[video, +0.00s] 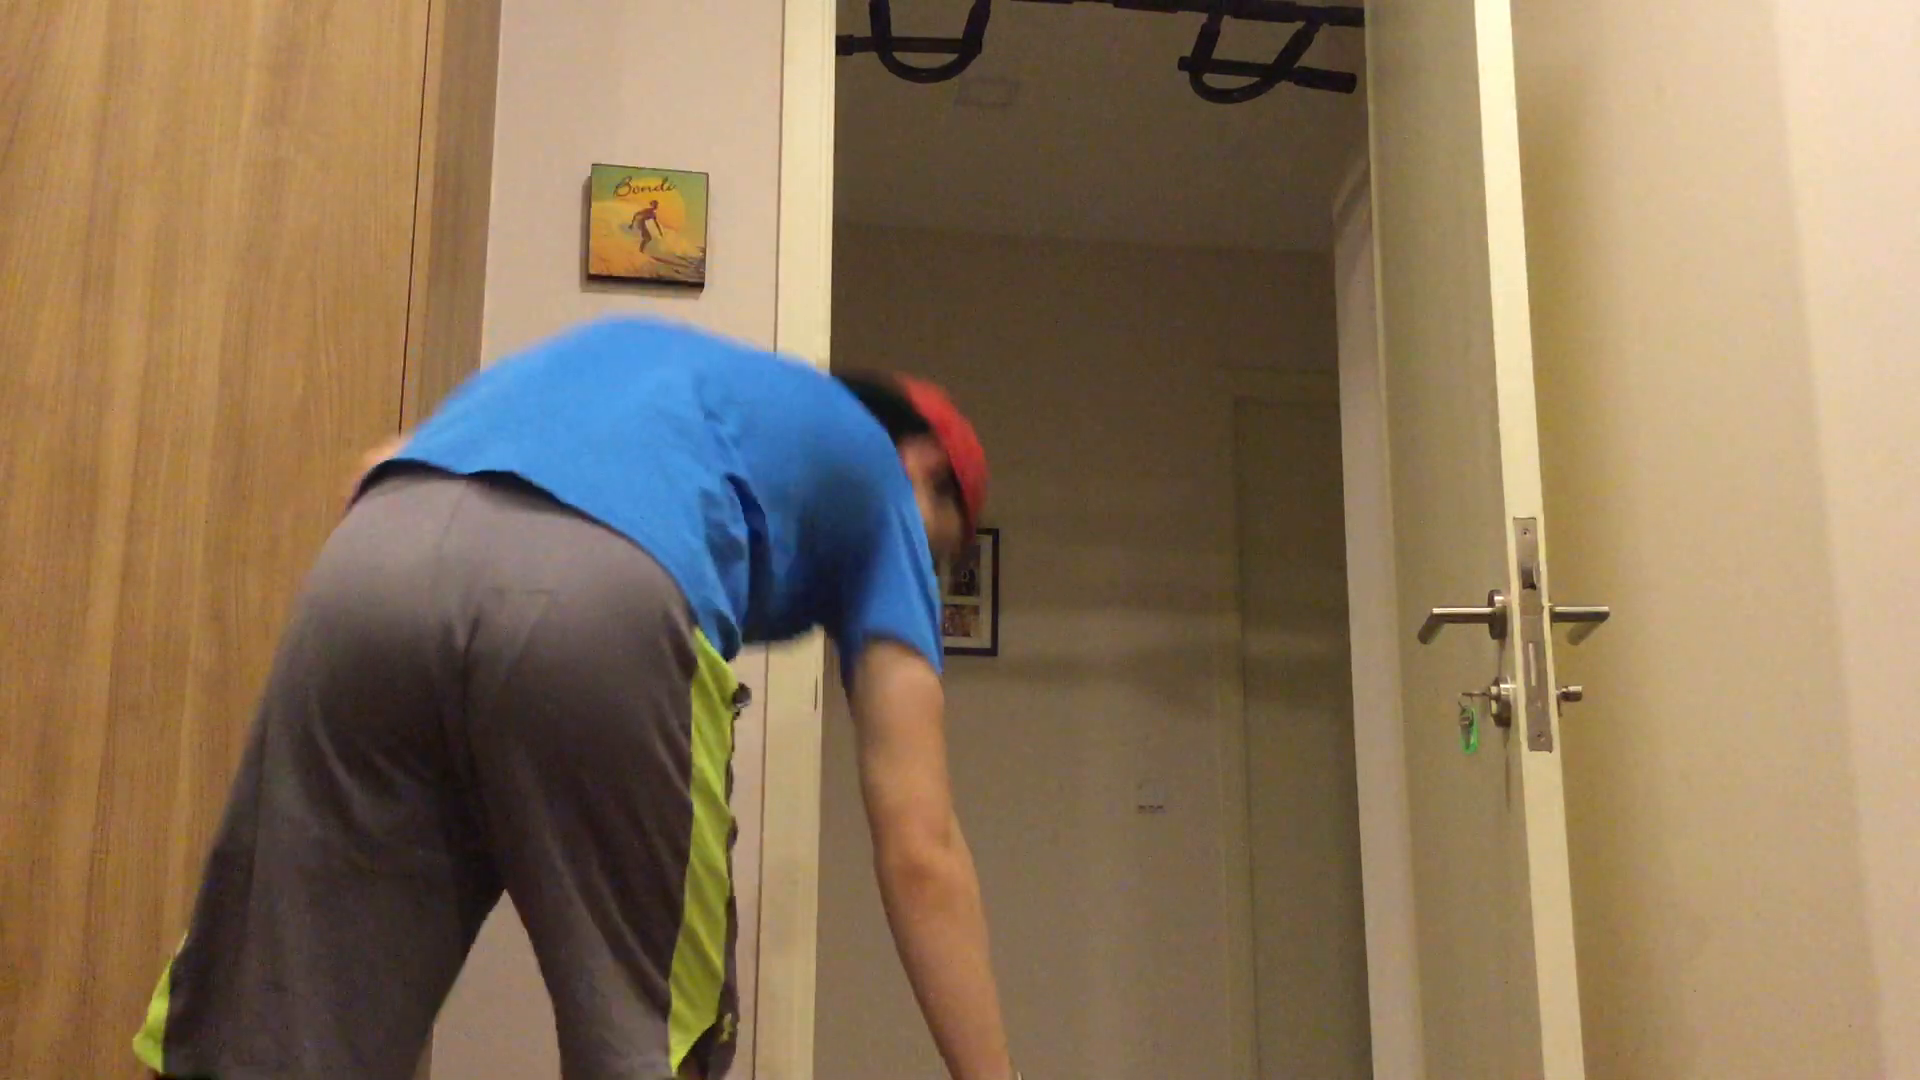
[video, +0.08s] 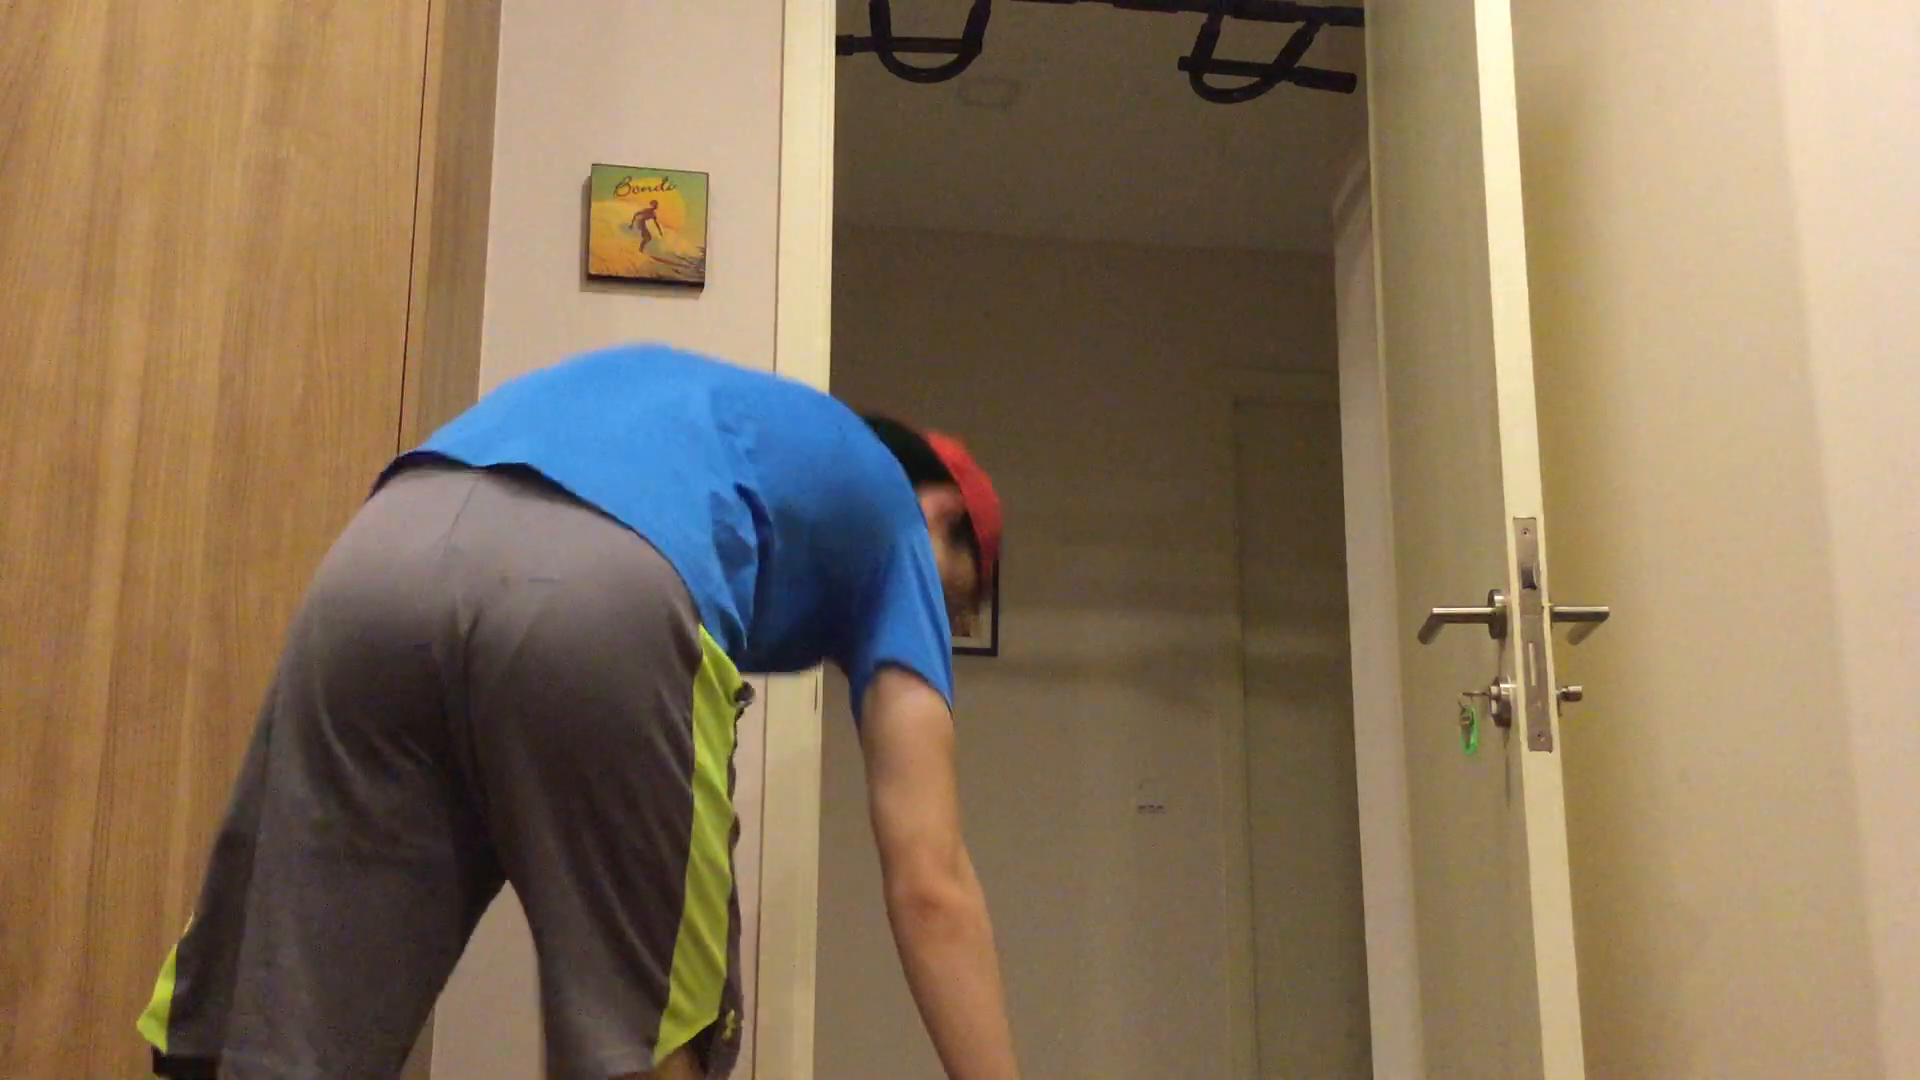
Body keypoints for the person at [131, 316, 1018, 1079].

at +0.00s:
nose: (919, 557)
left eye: (941, 547)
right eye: (934, 526)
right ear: (914, 456)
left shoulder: (613, 352)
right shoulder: (875, 473)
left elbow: (377, 470)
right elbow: (919, 846)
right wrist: (989, 1071)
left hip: (384, 540)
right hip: (602, 585)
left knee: (292, 1017)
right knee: (645, 1034)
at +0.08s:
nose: (930, 617)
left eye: (956, 605)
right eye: (950, 583)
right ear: (930, 506)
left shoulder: (648, 397)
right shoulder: (890, 509)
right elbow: (930, 883)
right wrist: (991, 1067)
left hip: (389, 534)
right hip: (607, 582)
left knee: (290, 1022)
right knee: (641, 1036)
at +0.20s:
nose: (950, 652)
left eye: (973, 644)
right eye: (971, 624)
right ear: (954, 546)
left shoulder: (690, 440)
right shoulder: (908, 555)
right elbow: (936, 912)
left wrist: (695, 1017)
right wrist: (993, 1079)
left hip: (404, 531)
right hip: (614, 580)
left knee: (288, 1030)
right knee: (641, 1045)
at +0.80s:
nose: (1010, 683)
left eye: (1034, 675)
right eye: (1033, 656)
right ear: (1001, 578)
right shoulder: (949, 600)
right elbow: (915, 957)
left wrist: (681, 1008)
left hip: (423, 557)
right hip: (610, 600)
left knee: (412, 1038)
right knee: (634, 1043)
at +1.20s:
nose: (1006, 597)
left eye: (1025, 580)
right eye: (1021, 566)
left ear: (926, 471)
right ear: (998, 514)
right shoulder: (940, 549)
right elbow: (952, 853)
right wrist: (1036, 1067)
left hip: (443, 599)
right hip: (598, 621)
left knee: (497, 1044)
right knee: (631, 1046)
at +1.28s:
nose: (1006, 538)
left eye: (1022, 518)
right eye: (1022, 509)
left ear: (922, 421)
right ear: (1000, 464)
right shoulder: (935, 497)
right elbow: (932, 776)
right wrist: (1000, 1024)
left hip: (454, 605)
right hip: (602, 623)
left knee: (451, 1039)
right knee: (636, 1044)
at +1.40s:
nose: (989, 425)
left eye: (1001, 404)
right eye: (1001, 397)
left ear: (891, 332)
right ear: (982, 360)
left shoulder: (763, 388)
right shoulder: (921, 417)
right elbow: (878, 653)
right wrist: (901, 910)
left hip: (483, 621)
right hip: (627, 629)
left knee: (510, 1046)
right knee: (684, 1042)